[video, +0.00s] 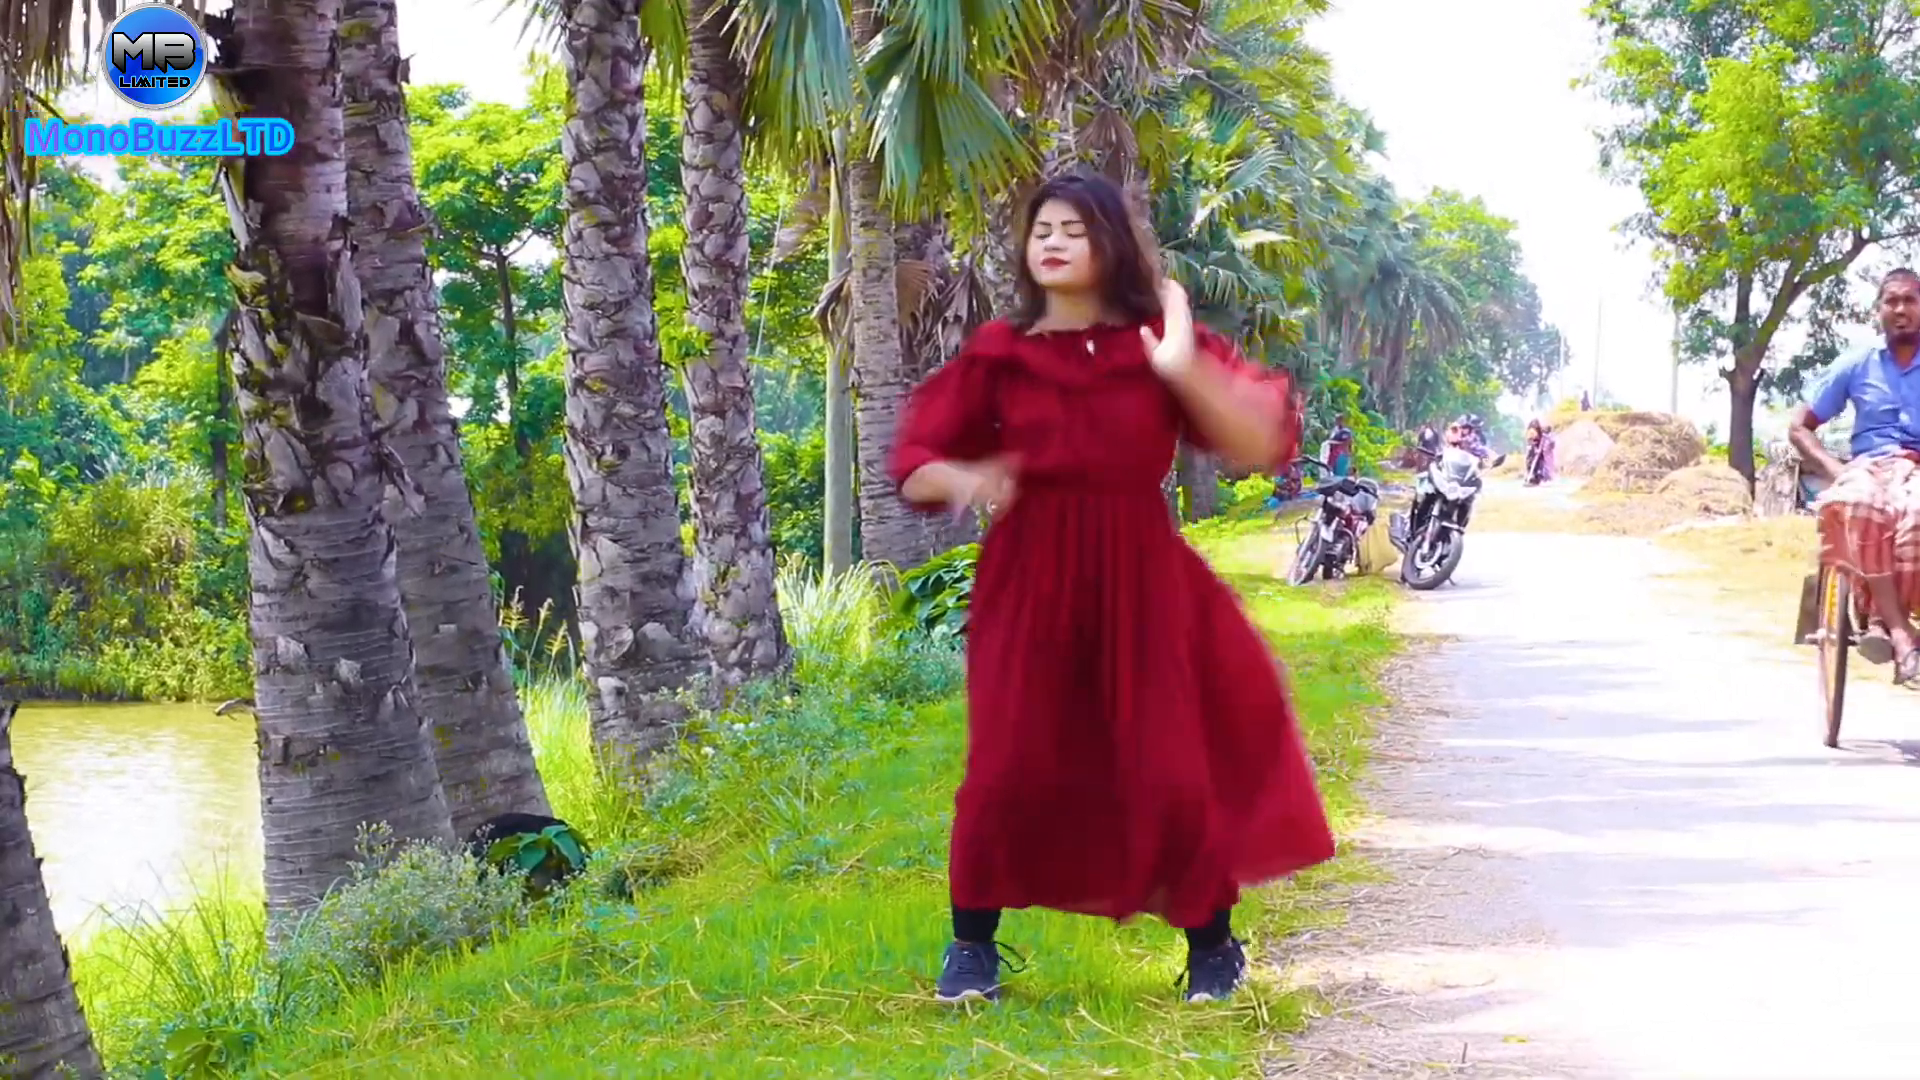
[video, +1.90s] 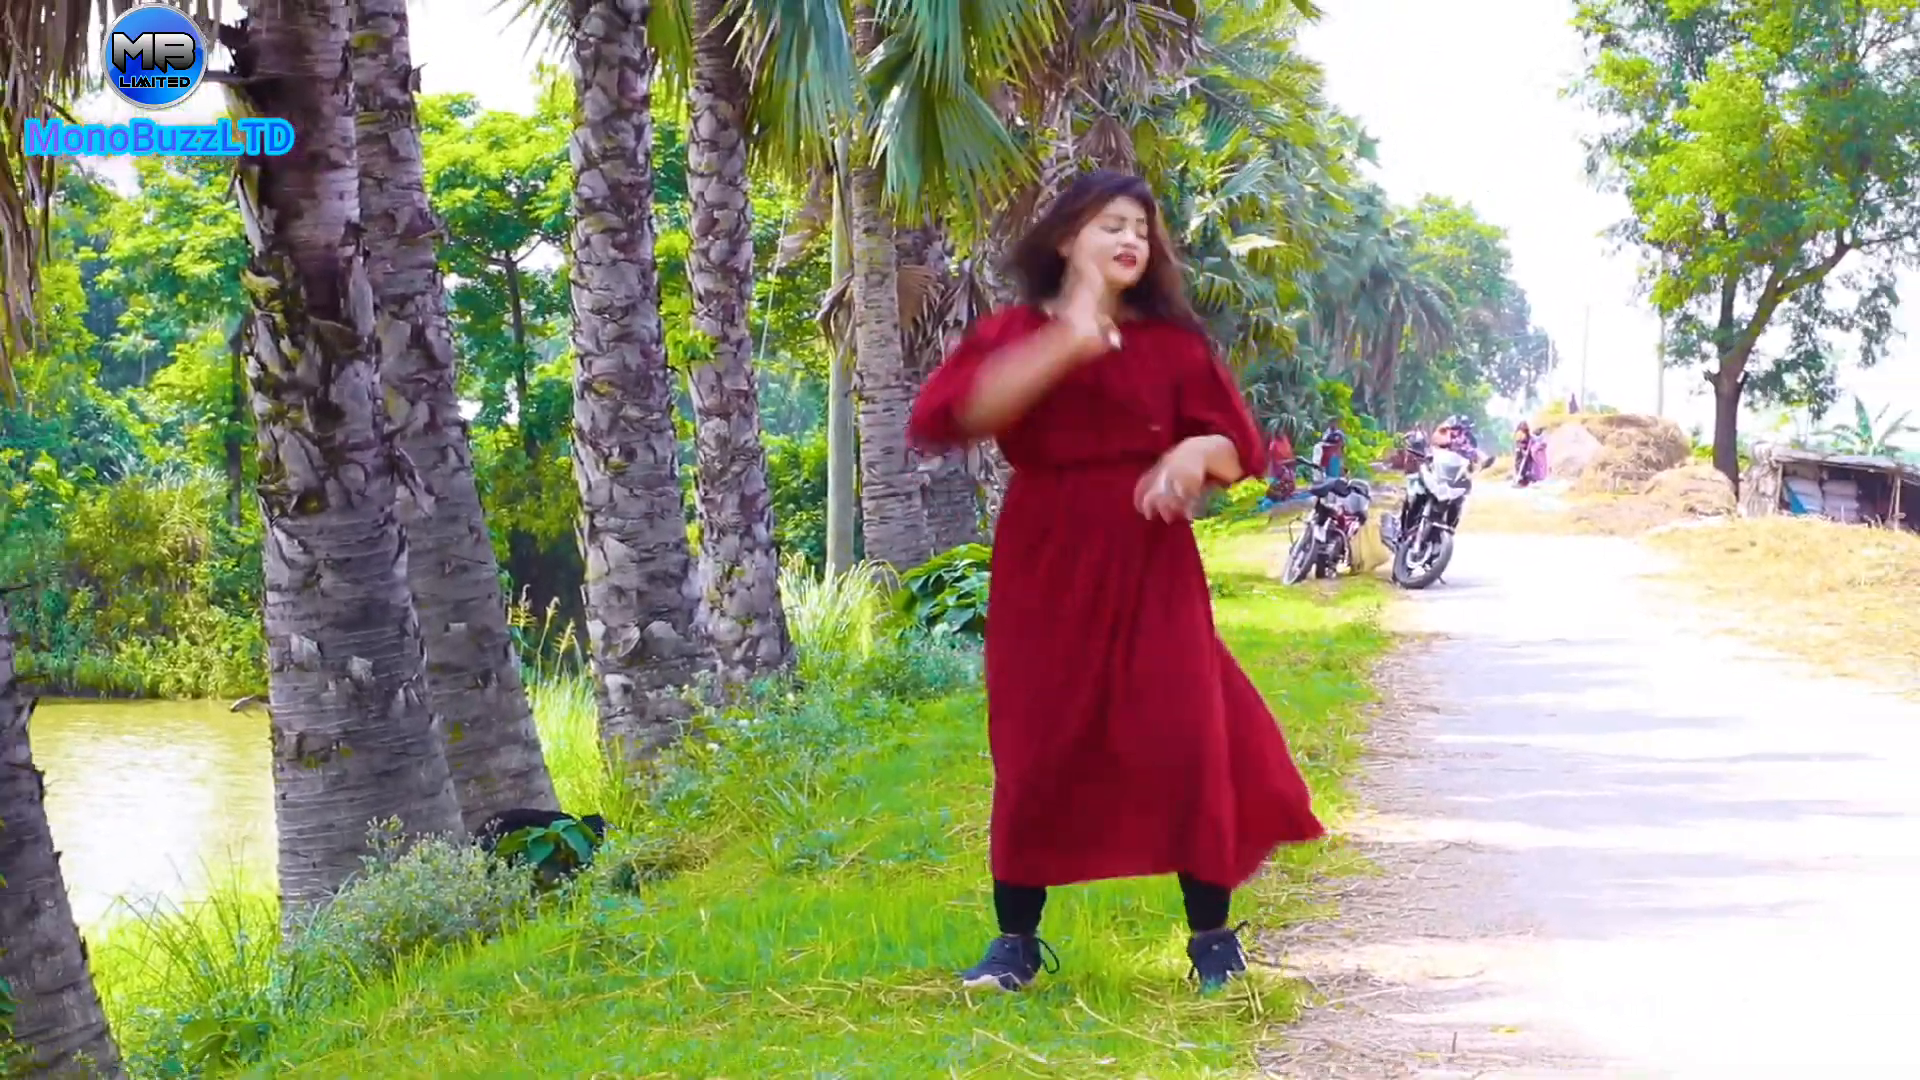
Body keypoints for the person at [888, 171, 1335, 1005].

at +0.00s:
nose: (1056, 243)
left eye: (1076, 230)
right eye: (1043, 231)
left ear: (1116, 248)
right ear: (1026, 251)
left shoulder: (1165, 345)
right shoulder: (998, 351)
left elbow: (1266, 439)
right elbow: (913, 463)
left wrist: (1184, 369)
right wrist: (965, 479)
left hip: (1141, 569)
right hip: (1030, 573)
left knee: (1170, 759)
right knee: (1002, 763)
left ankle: (1213, 948)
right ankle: (971, 948)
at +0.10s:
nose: (1085, 216)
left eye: (1098, 206)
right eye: (1064, 204)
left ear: (1116, 232)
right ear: (1022, 229)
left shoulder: (1152, 332)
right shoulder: (983, 331)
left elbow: (1205, 465)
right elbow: (923, 434)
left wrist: (1170, 447)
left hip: (1129, 561)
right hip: (1012, 563)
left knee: (1180, 751)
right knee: (994, 759)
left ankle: (1214, 957)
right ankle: (972, 972)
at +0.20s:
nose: (1094, 208)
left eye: (1099, 195)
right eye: (1075, 196)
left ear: (1106, 211)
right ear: (1023, 210)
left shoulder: (1124, 306)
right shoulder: (970, 291)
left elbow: (1183, 408)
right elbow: (912, 338)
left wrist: (1172, 452)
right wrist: (1000, 267)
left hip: (1118, 526)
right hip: (1011, 530)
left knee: (1170, 720)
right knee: (995, 726)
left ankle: (1175, 933)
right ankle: (972, 946)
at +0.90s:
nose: (1150, 239)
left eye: (1159, 228)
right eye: (1128, 231)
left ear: (1176, 251)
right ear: (1089, 259)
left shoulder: (1216, 340)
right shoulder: (1053, 355)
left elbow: (1321, 425)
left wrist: (1236, 422)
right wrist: (1040, 373)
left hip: (1200, 566)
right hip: (1089, 565)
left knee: (1215, 750)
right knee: (1039, 745)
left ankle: (1216, 945)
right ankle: (981, 935)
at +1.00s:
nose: (1137, 225)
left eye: (1156, 213)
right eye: (1125, 220)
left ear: (1199, 232)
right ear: (1115, 249)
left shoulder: (1248, 322)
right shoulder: (1092, 346)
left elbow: (1339, 397)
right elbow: (1049, 452)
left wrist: (1246, 335)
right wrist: (1044, 496)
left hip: (1211, 556)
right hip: (1101, 553)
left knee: (1213, 747)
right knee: (1034, 736)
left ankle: (1221, 955)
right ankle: (989, 928)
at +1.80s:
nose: (1122, 229)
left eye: (1142, 218)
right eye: (1108, 216)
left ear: (1174, 240)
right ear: (1084, 237)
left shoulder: (1218, 342)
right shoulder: (1043, 342)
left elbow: (1295, 475)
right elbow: (965, 468)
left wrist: (1230, 407)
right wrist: (1044, 465)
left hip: (1184, 571)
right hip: (1069, 572)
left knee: (1205, 764)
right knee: (1032, 763)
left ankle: (1233, 974)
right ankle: (1018, 966)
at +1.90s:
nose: (1131, 239)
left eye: (1142, 231)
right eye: (1112, 225)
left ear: (1150, 254)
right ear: (1066, 238)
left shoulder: (1176, 343)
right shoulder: (1012, 332)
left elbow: (1240, 450)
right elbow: (957, 417)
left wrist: (1197, 451)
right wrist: (1065, 342)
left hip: (1153, 559)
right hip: (1043, 559)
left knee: (1189, 741)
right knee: (1028, 746)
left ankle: (1213, 941)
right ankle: (1016, 944)